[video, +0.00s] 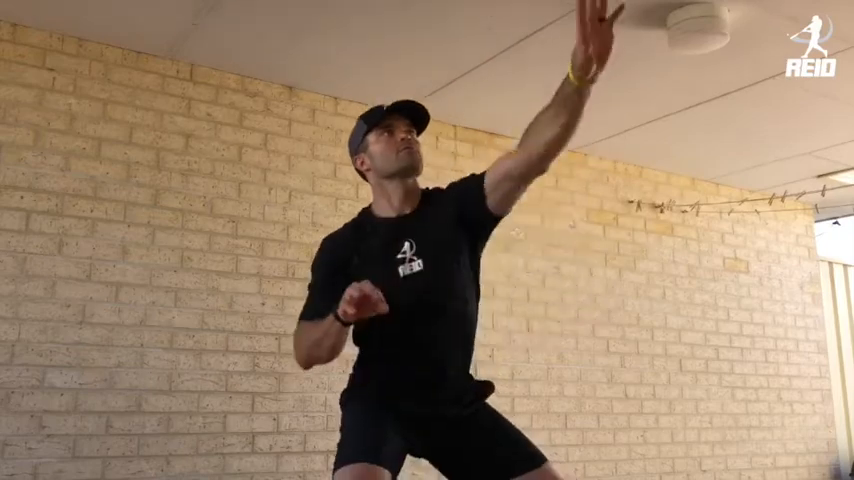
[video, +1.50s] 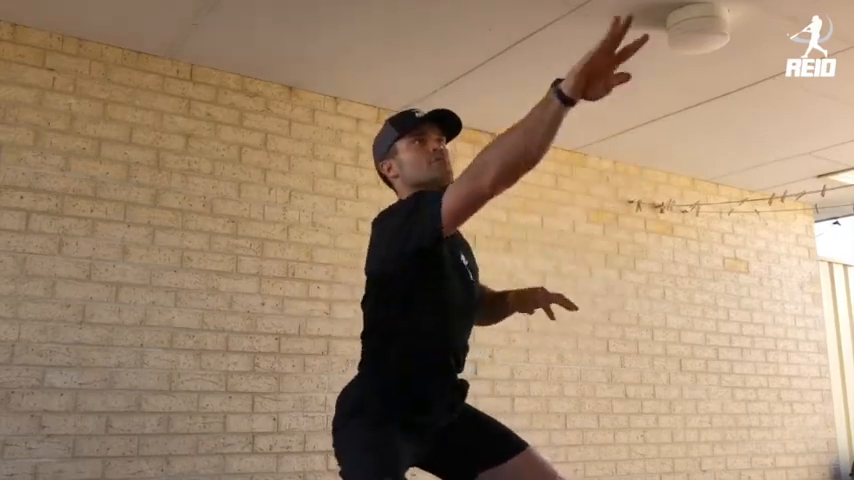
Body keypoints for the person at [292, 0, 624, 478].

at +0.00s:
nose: (406, 136)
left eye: (411, 131)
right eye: (387, 131)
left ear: (422, 152)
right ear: (362, 162)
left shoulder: (460, 209)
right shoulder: (343, 247)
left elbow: (530, 158)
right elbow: (307, 354)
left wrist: (581, 75)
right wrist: (340, 317)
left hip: (454, 404)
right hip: (379, 405)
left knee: (543, 475)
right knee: (360, 475)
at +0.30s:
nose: (457, 136)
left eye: (462, 132)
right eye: (439, 132)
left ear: (472, 149)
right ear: (412, 160)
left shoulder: (492, 240)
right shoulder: (396, 218)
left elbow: (532, 316)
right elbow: (411, 252)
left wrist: (555, 298)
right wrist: (478, 185)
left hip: (461, 405)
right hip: (393, 402)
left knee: (551, 475)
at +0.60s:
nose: (496, 146)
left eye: (499, 141)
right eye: (479, 140)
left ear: (508, 159)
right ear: (451, 164)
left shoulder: (509, 251)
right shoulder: (434, 216)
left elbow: (548, 331)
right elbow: (475, 253)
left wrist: (568, 286)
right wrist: (567, 202)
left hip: (477, 406)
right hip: (414, 405)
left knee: (565, 475)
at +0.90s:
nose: (484, 141)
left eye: (488, 137)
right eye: (468, 136)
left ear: (496, 158)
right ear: (439, 161)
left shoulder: (512, 229)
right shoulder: (399, 224)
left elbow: (590, 193)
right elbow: (343, 305)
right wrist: (393, 290)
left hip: (472, 402)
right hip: (398, 395)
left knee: (554, 477)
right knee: (369, 475)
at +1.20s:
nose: (444, 130)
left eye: (448, 125)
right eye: (426, 125)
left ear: (458, 145)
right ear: (400, 154)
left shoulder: (487, 228)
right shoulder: (377, 224)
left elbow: (549, 298)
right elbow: (355, 305)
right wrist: (434, 241)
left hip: (461, 396)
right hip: (389, 393)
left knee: (549, 477)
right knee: (374, 475)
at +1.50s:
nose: (438, 145)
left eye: (441, 138)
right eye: (419, 140)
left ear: (450, 152)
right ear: (389, 169)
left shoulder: (452, 241)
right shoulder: (396, 227)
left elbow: (469, 307)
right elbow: (489, 176)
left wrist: (517, 300)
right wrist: (566, 93)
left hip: (439, 414)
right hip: (377, 417)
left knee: (543, 476)